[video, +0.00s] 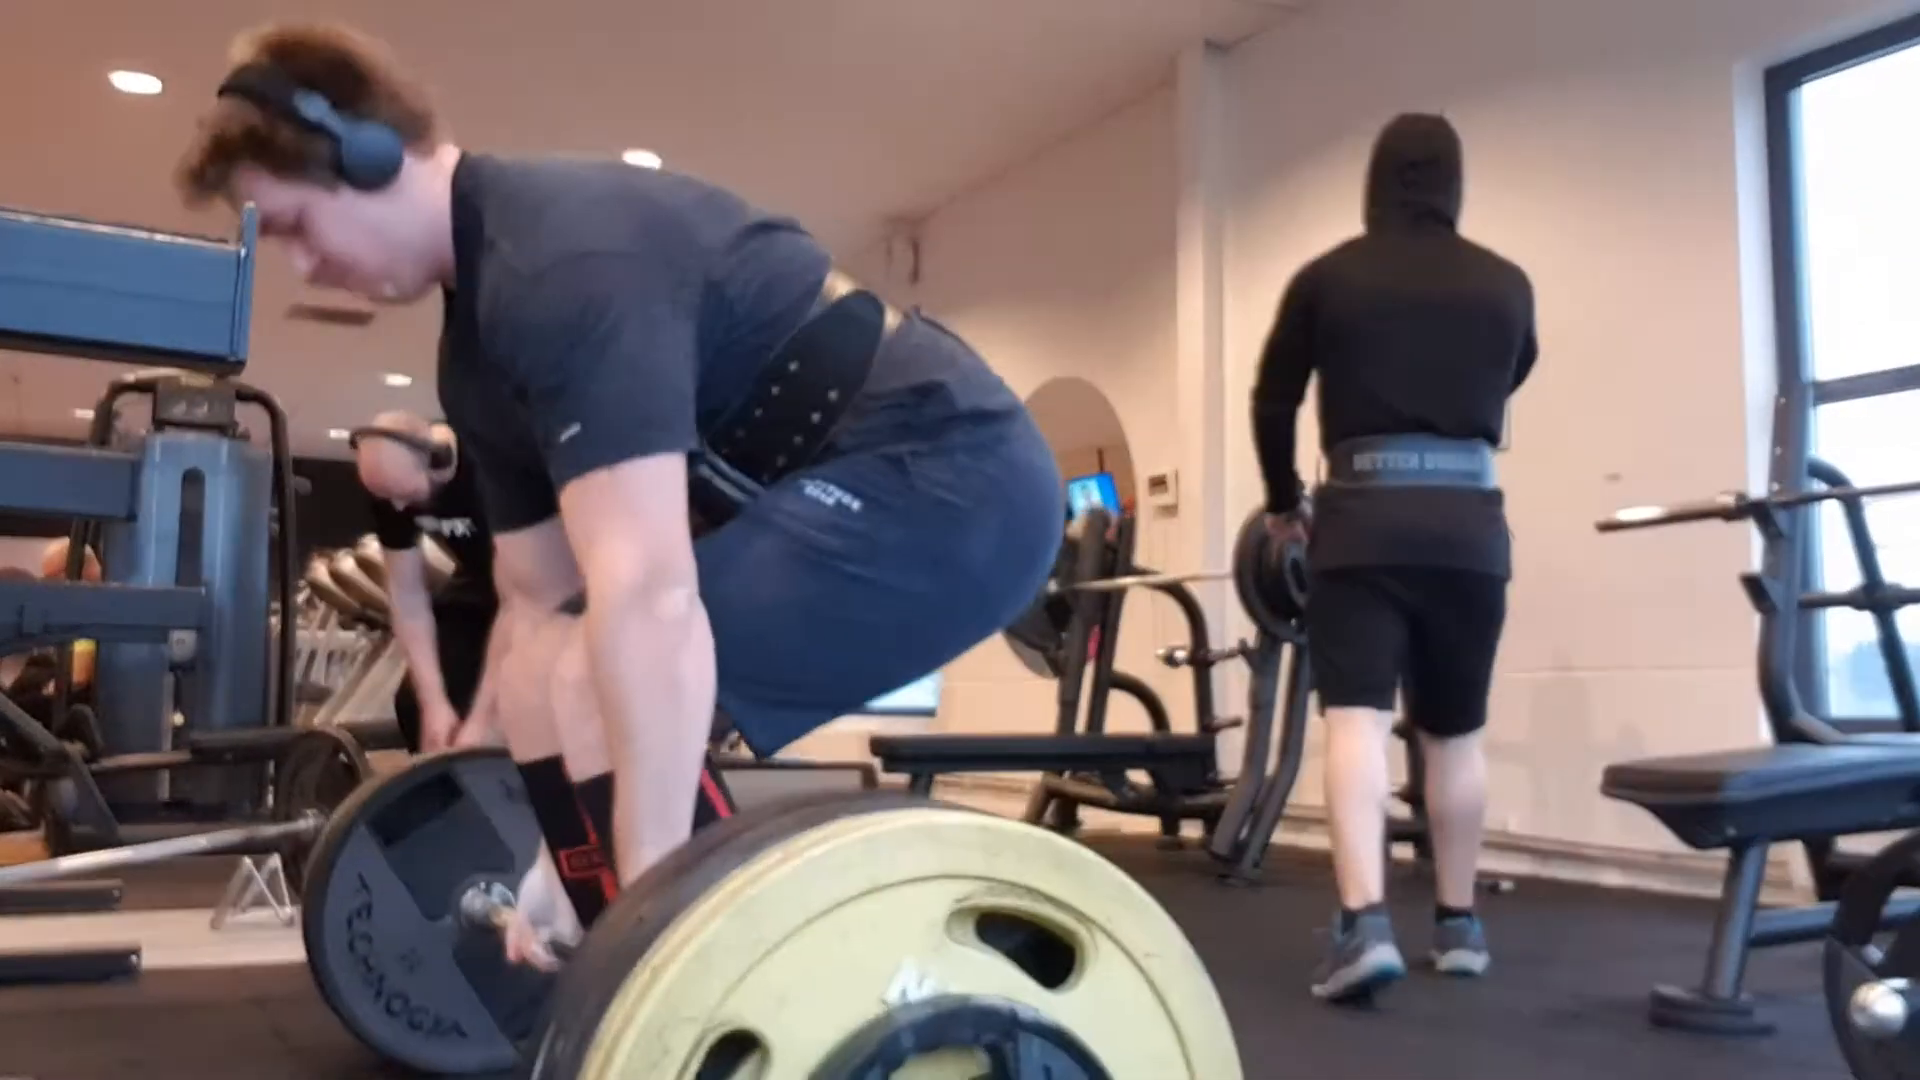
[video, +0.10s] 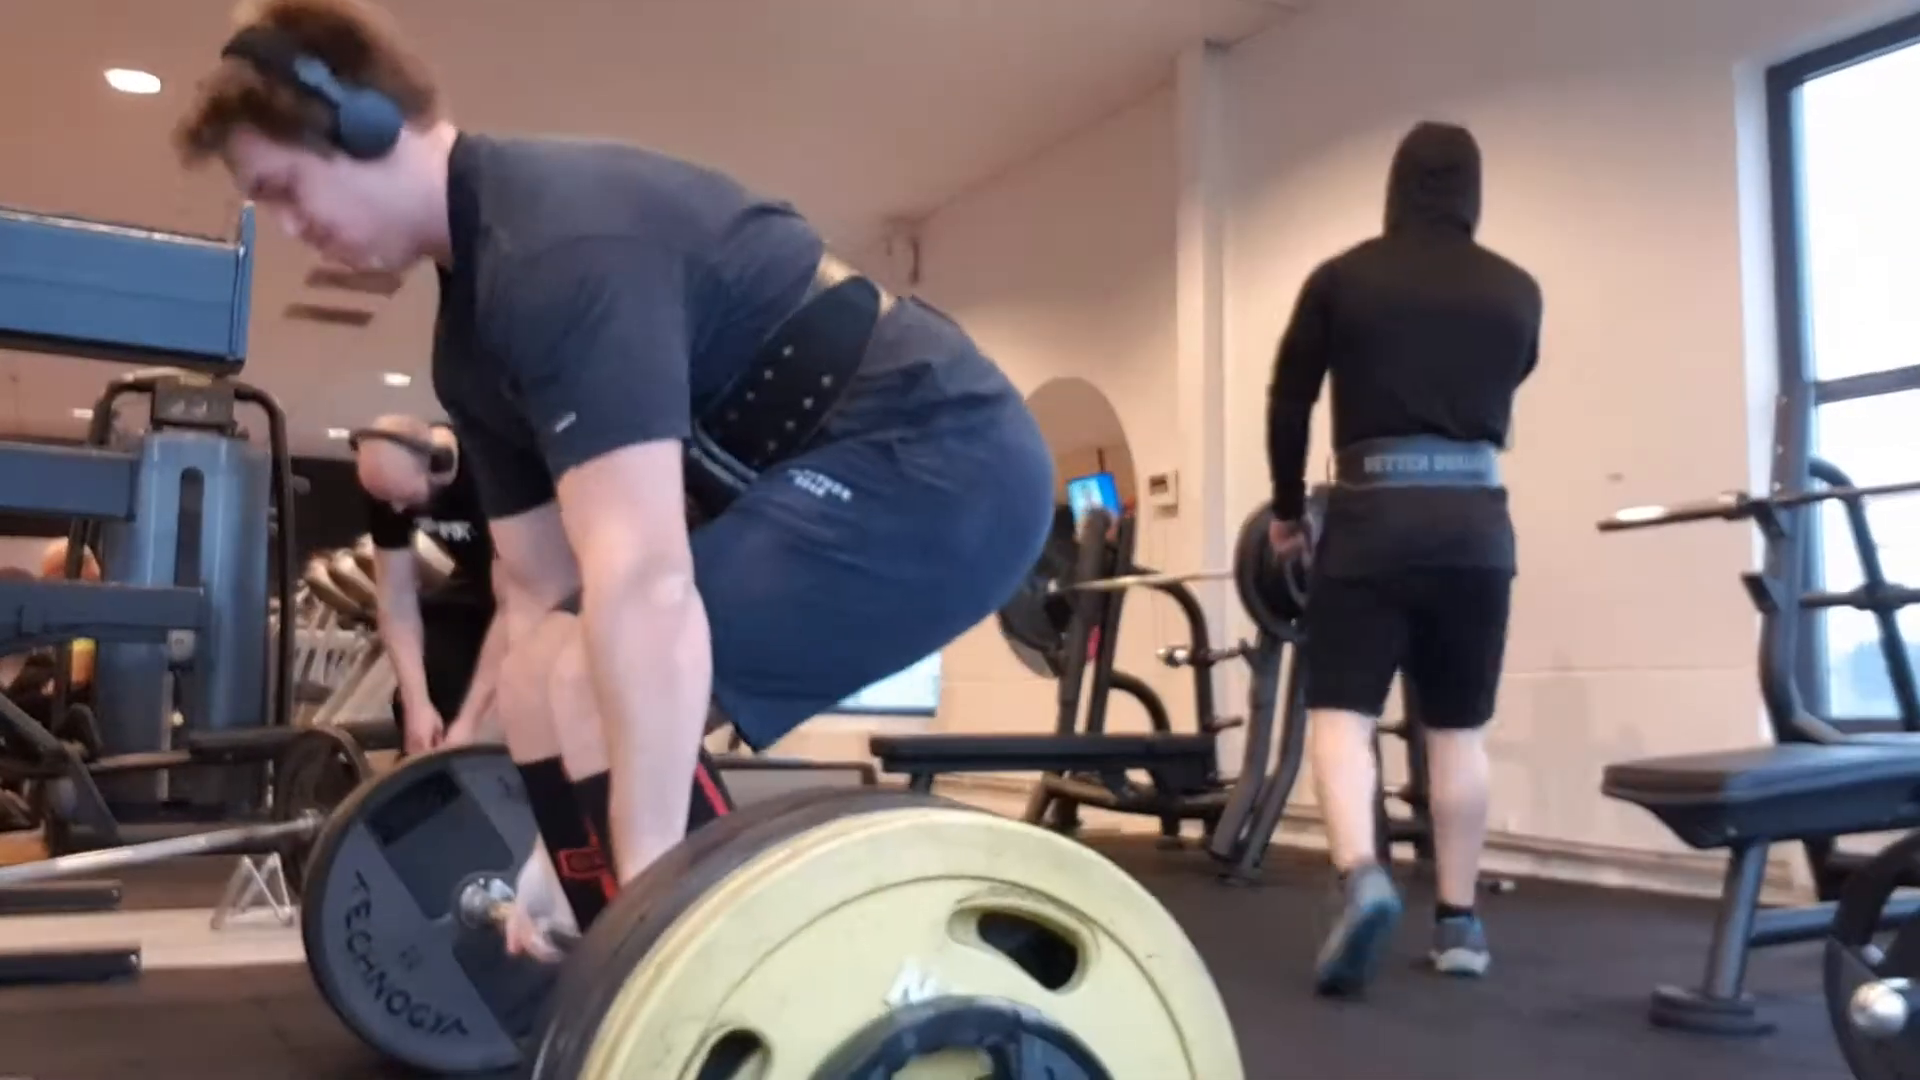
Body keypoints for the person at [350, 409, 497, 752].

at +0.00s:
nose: (401, 508)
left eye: (408, 496)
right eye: (389, 499)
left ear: (434, 465)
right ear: (376, 481)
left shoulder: (486, 470)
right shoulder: (389, 487)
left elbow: (516, 601)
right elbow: (408, 600)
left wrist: (483, 718)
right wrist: (435, 704)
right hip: (473, 589)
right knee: (415, 700)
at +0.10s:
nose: (399, 511)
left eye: (407, 499)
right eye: (388, 502)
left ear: (435, 469)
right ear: (374, 482)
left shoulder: (487, 471)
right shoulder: (388, 485)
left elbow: (512, 605)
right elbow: (397, 605)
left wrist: (468, 720)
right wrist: (417, 704)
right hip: (472, 588)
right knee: (411, 695)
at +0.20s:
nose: (401, 512)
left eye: (409, 502)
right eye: (390, 504)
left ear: (438, 472)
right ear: (375, 485)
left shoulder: (490, 474)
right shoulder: (387, 491)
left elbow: (511, 608)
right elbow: (398, 607)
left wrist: (467, 720)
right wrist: (415, 703)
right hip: (474, 583)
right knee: (413, 695)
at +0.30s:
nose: (399, 513)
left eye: (407, 502)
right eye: (388, 504)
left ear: (434, 470)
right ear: (374, 487)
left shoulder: (488, 476)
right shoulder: (386, 491)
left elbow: (508, 611)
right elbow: (404, 596)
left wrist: (471, 719)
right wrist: (425, 696)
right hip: (471, 585)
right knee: (413, 696)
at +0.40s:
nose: (394, 514)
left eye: (401, 501)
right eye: (385, 505)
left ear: (428, 472)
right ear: (374, 489)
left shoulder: (487, 479)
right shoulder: (391, 491)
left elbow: (508, 616)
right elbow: (415, 588)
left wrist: (478, 722)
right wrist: (436, 686)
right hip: (474, 584)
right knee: (415, 700)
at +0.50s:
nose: (381, 518)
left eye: (387, 506)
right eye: (371, 510)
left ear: (418, 476)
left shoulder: (485, 487)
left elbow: (506, 618)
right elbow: (423, 594)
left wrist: (482, 717)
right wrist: (440, 693)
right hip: (474, 586)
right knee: (415, 698)